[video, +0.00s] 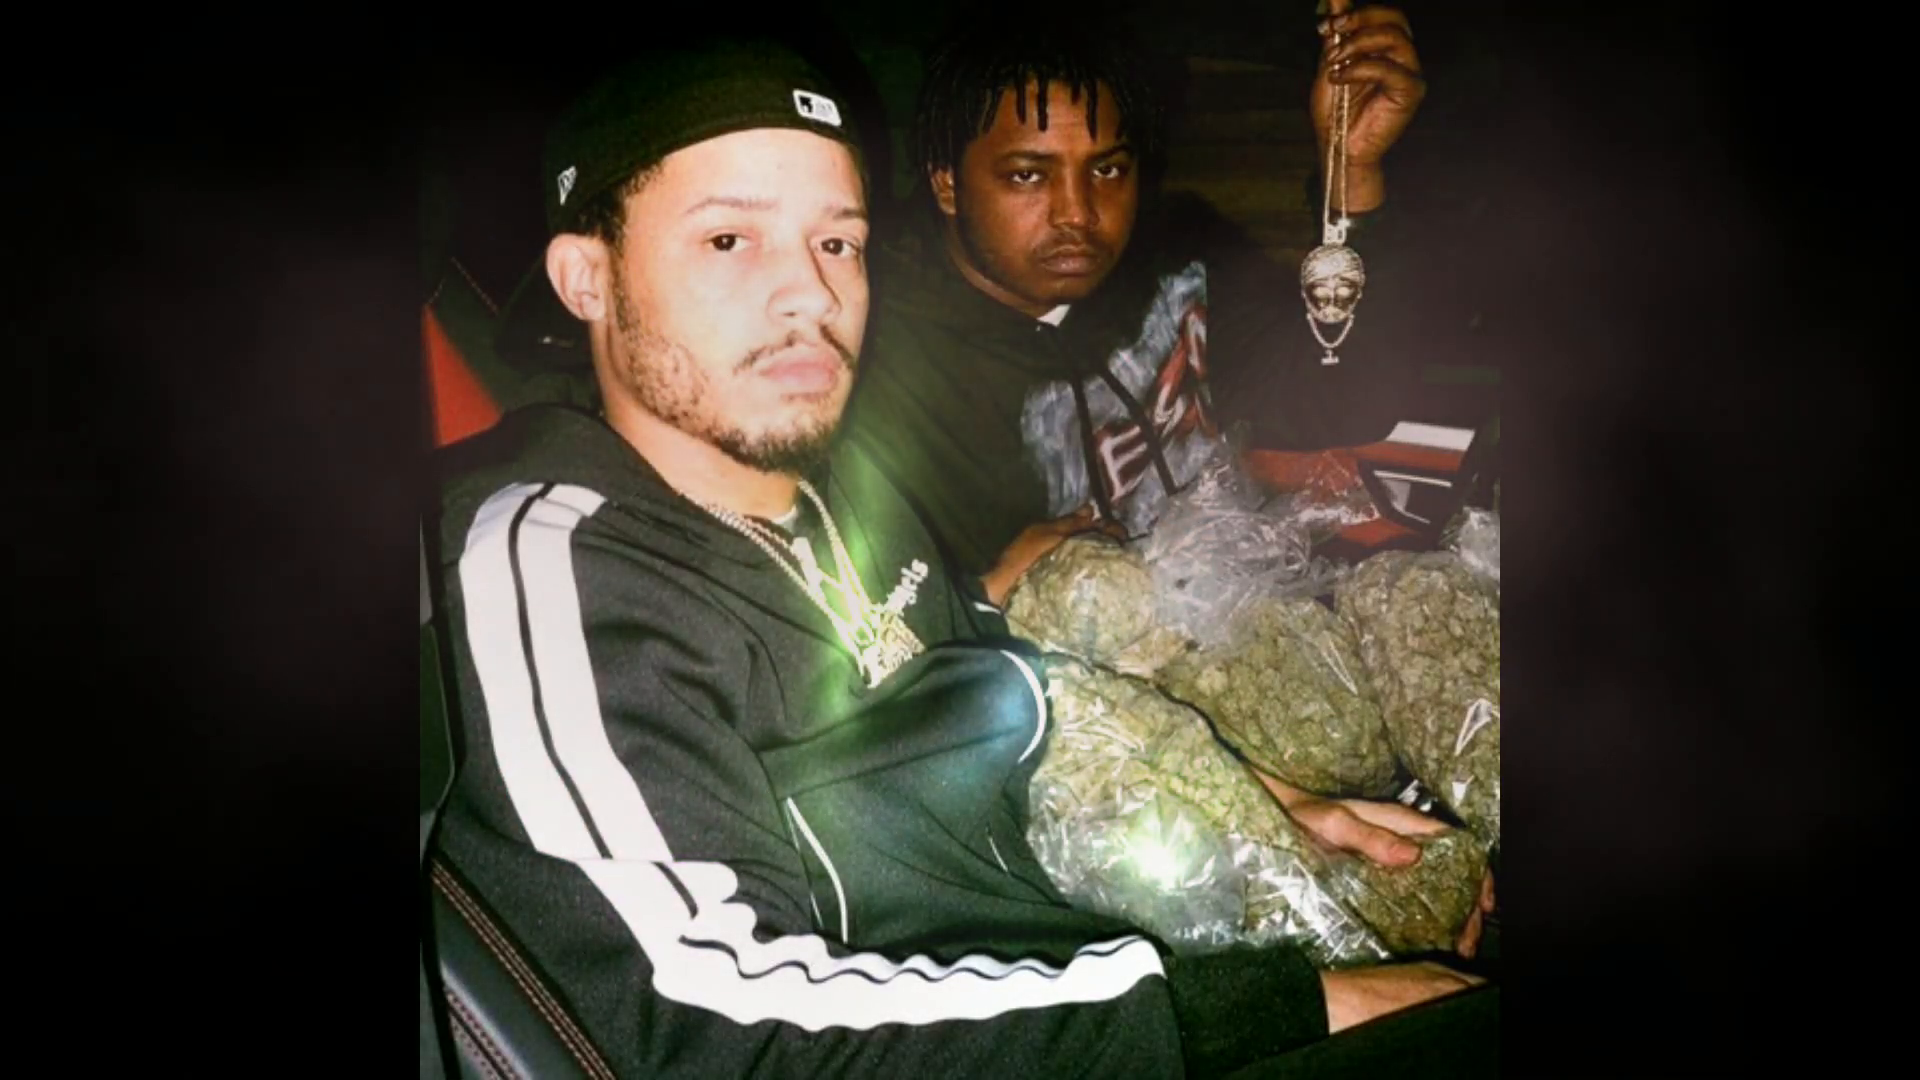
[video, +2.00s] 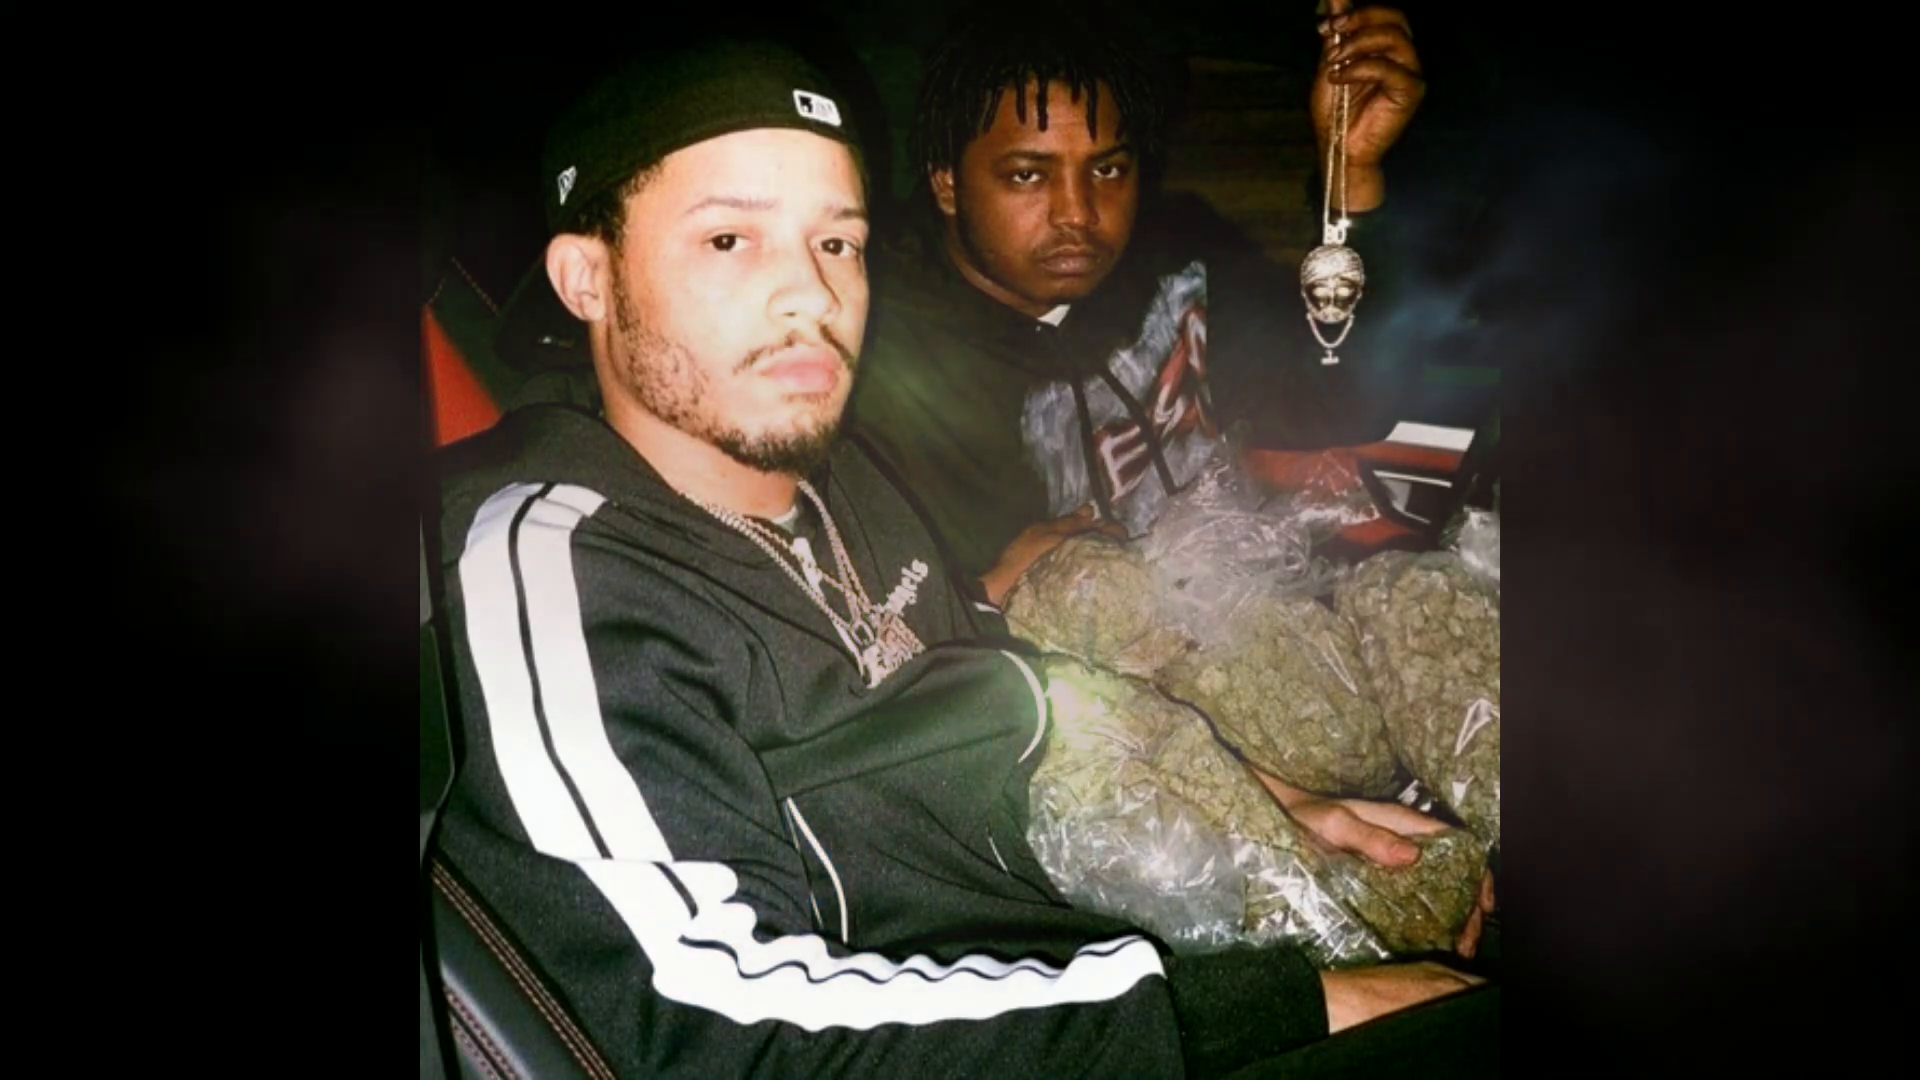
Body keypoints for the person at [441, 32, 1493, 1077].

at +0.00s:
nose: (813, 303)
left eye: (837, 250)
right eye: (731, 243)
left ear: (871, 268)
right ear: (588, 281)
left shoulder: (837, 495)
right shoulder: (536, 551)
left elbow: (1016, 741)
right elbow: (708, 1011)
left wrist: (1270, 825)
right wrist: (1274, 1010)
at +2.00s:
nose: (810, 304)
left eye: (835, 250)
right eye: (729, 245)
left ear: (868, 269)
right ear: (588, 282)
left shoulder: (833, 481)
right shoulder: (534, 557)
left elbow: (1011, 738)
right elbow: (709, 1015)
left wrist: (1269, 821)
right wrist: (1277, 1009)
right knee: (1469, 1004)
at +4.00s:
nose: (810, 304)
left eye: (835, 249)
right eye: (729, 244)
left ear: (866, 267)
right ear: (587, 282)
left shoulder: (831, 484)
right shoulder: (536, 552)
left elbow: (1008, 763)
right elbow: (702, 1017)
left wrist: (1273, 834)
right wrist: (1270, 1004)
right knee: (1477, 1019)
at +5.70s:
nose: (815, 308)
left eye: (837, 249)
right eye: (731, 247)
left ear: (869, 263)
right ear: (588, 281)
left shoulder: (830, 482)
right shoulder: (534, 559)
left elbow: (1009, 750)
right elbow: (701, 1016)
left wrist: (1265, 825)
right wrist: (1270, 1009)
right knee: (1475, 1006)